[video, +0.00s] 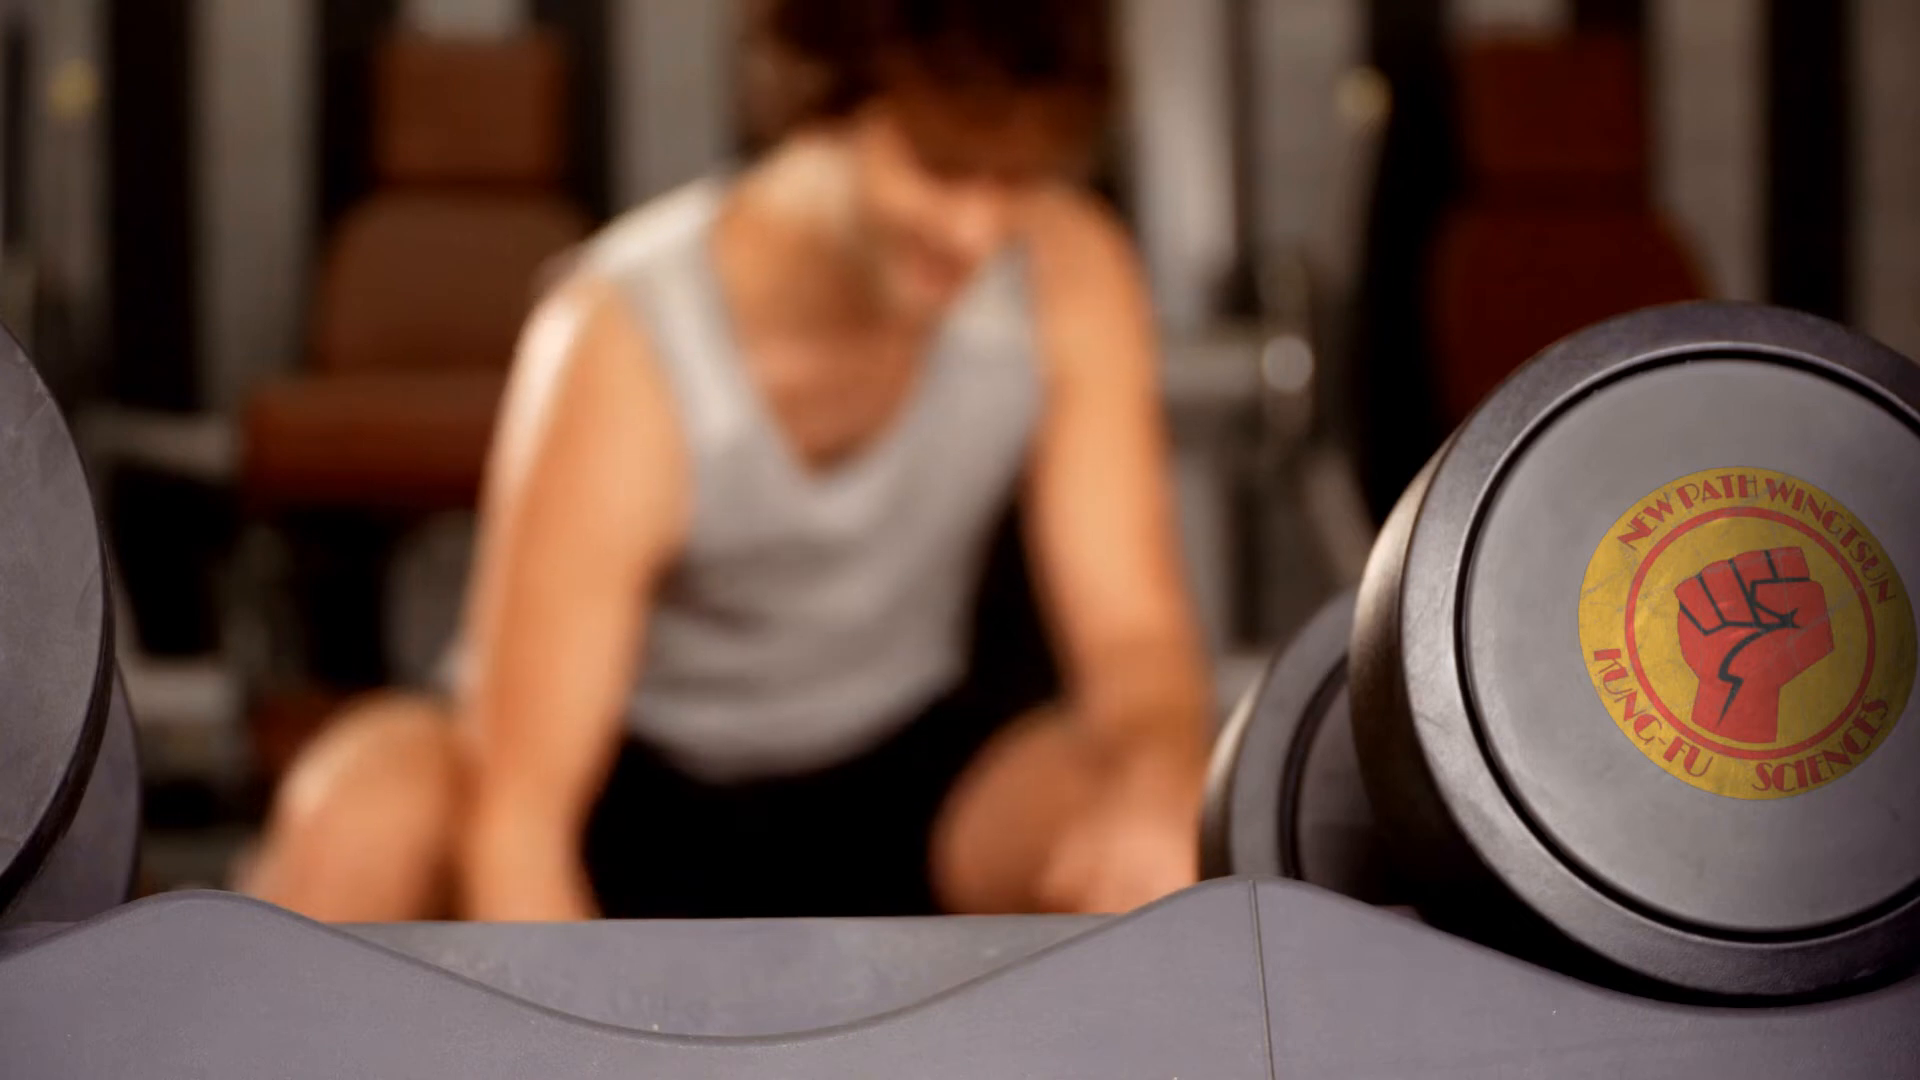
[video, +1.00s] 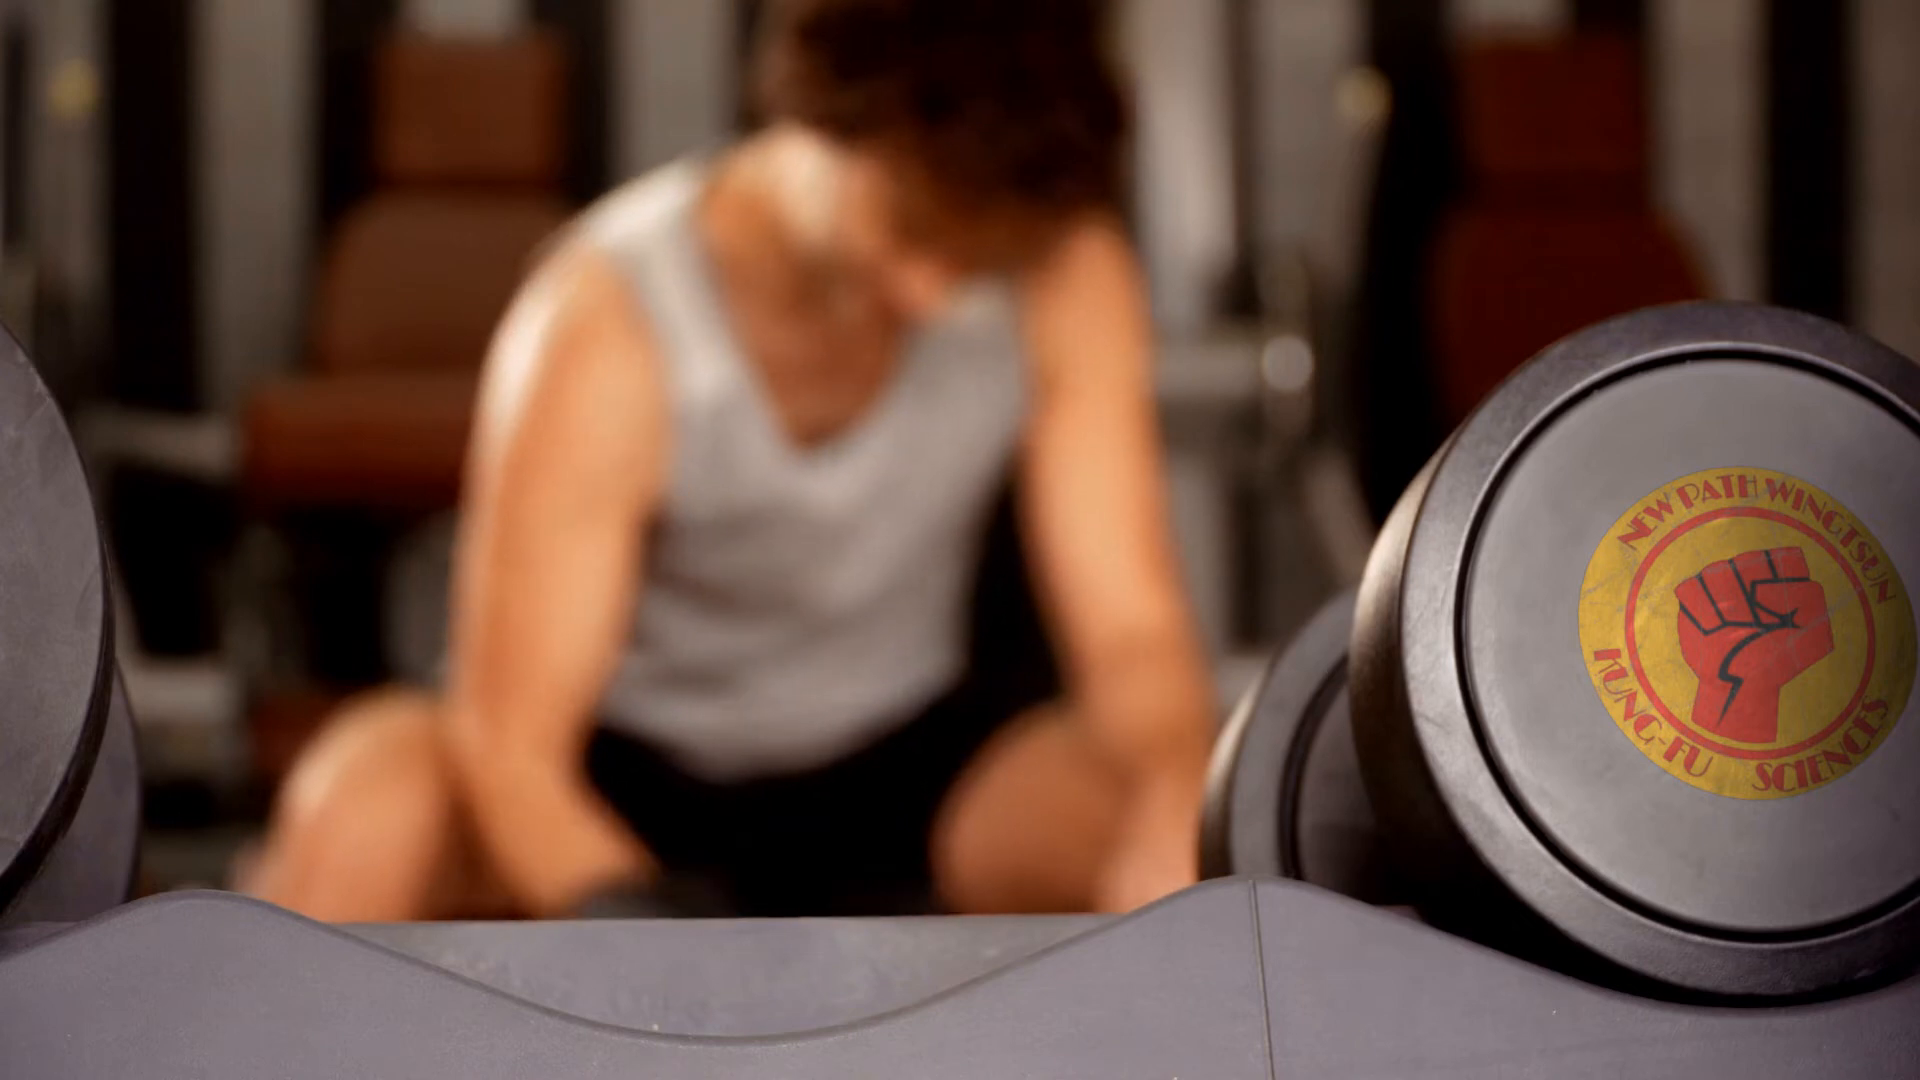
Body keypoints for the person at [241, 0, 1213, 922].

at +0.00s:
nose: (976, 231)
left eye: (1016, 182)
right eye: (938, 170)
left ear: (1056, 158)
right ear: (828, 113)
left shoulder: (1064, 270)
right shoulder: (623, 333)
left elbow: (1135, 651)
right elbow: (520, 815)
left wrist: (1152, 814)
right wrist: (594, 1063)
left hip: (898, 783)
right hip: (623, 793)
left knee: (1153, 824)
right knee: (362, 797)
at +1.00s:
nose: (932, 299)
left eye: (982, 262)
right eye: (906, 242)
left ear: (1041, 219)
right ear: (825, 137)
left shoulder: (1058, 263)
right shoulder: (604, 313)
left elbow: (1132, 641)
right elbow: (510, 749)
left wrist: (1169, 837)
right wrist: (672, 954)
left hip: (904, 773)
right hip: (628, 786)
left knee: (1189, 811)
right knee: (365, 788)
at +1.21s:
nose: (911, 307)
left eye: (962, 270)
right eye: (886, 250)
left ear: (1027, 228)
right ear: (804, 136)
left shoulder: (1044, 264)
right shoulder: (559, 311)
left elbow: (1136, 651)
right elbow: (513, 742)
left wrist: (1166, 868)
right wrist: (763, 810)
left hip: (899, 804)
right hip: (605, 805)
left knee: (1186, 778)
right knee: (370, 779)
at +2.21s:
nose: (903, 272)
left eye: (953, 232)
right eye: (877, 212)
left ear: (1010, 179)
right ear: (789, 115)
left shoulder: (1043, 257)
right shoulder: (562, 312)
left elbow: (1130, 641)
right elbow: (512, 756)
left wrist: (1204, 820)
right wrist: (729, 898)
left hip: (906, 767)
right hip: (623, 776)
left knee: (1198, 813)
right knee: (357, 796)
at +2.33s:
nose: (915, 280)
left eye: (968, 238)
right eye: (890, 218)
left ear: (1022, 190)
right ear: (799, 118)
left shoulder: (1052, 263)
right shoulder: (584, 314)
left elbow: (1135, 644)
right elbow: (520, 794)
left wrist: (1200, 822)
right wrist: (675, 1043)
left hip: (904, 782)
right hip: (625, 794)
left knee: (1193, 811)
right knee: (366, 793)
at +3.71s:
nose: (914, 238)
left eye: (962, 192)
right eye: (880, 176)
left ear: (1013, 158)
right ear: (785, 86)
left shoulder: (1043, 254)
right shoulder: (577, 308)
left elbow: (1133, 637)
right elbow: (507, 743)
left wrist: (1180, 861)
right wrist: (718, 896)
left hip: (902, 783)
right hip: (627, 794)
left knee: (1196, 789)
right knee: (369, 794)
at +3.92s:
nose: (906, 229)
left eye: (953, 181)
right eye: (871, 166)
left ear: (1006, 145)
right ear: (772, 78)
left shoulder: (1029, 255)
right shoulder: (537, 310)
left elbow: (1129, 628)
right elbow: (517, 725)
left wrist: (1189, 830)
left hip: (889, 807)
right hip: (615, 812)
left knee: (1186, 784)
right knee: (378, 778)